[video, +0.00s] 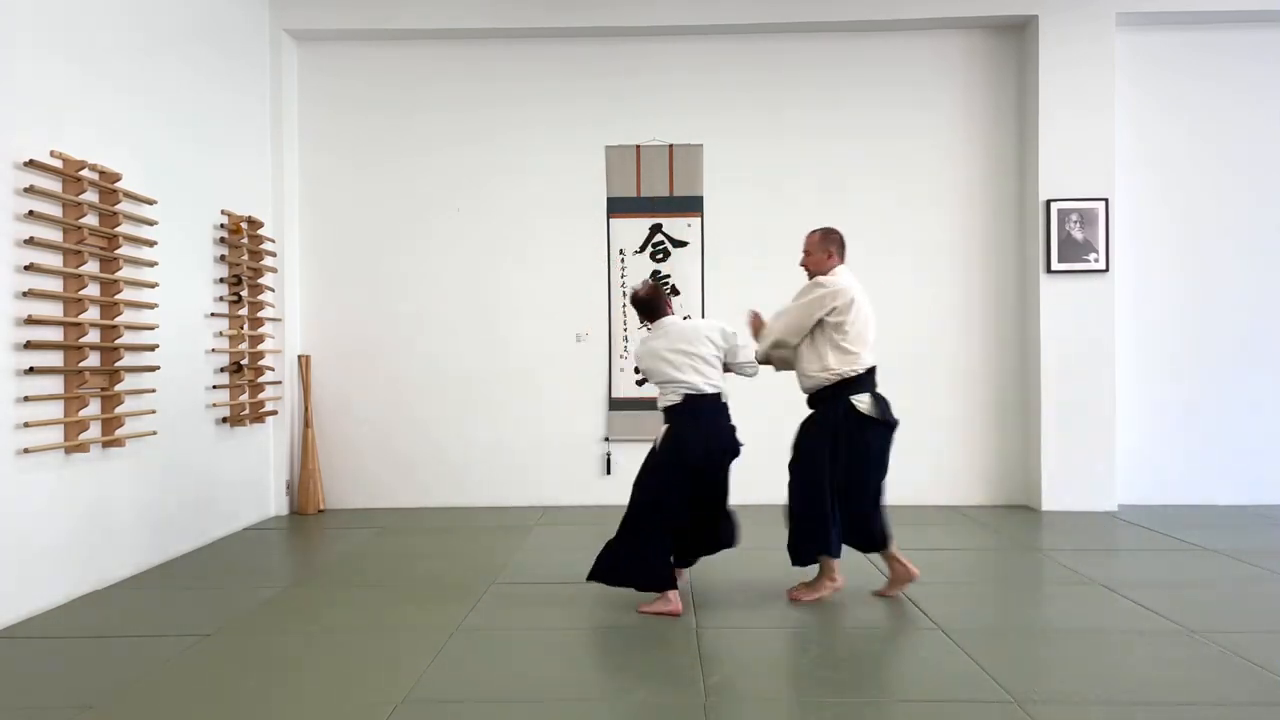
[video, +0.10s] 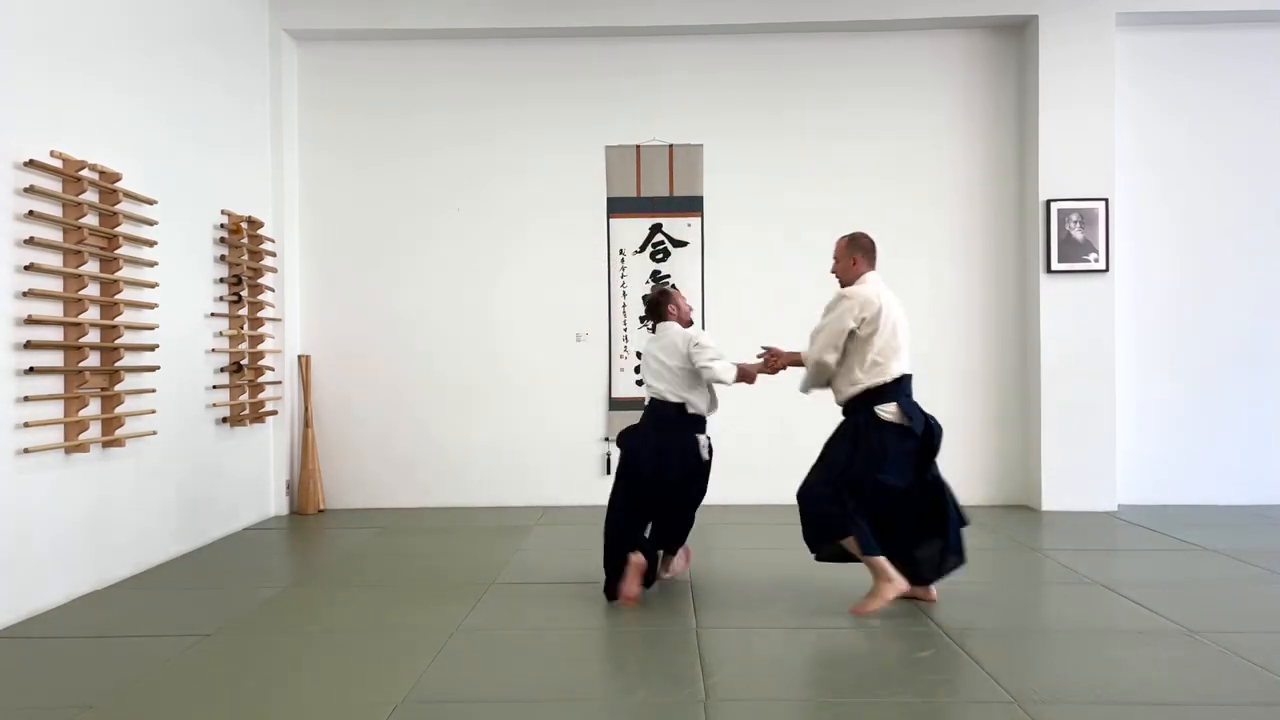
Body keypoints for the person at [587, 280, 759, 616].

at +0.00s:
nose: (668, 299)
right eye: (667, 296)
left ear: (641, 317)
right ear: (670, 303)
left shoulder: (643, 349)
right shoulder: (707, 329)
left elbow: (662, 377)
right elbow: (749, 366)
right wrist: (710, 354)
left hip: (681, 430)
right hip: (718, 425)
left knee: (654, 504)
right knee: (694, 498)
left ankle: (669, 596)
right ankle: (680, 568)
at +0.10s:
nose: (690, 305)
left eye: (686, 299)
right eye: (685, 301)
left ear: (662, 312)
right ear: (674, 308)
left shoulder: (651, 344)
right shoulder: (692, 339)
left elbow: (697, 367)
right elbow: (714, 371)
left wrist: (749, 367)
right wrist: (741, 373)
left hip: (651, 428)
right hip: (686, 434)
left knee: (639, 501)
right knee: (681, 503)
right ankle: (647, 557)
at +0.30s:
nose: (731, 321)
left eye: (731, 316)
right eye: (725, 315)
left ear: (710, 320)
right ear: (703, 318)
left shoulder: (718, 358)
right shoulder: (677, 347)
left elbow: (749, 369)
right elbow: (642, 387)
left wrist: (790, 364)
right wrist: (675, 422)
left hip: (670, 438)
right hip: (650, 436)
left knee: (691, 496)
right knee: (678, 497)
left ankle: (683, 560)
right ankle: (669, 561)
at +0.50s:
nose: (721, 318)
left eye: (724, 312)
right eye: (714, 312)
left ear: (727, 313)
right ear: (696, 314)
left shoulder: (729, 343)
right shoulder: (667, 341)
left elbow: (757, 342)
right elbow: (628, 368)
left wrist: (779, 328)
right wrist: (598, 403)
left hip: (720, 421)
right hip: (681, 425)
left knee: (763, 473)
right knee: (679, 492)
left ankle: (806, 527)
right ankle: (691, 550)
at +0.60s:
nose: (716, 317)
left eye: (720, 310)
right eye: (709, 312)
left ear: (725, 310)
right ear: (694, 314)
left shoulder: (734, 338)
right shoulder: (677, 343)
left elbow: (754, 350)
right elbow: (643, 367)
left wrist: (769, 333)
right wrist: (613, 390)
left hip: (744, 424)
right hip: (708, 428)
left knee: (779, 492)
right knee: (694, 495)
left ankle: (810, 564)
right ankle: (707, 555)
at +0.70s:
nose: (722, 313)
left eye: (727, 306)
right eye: (715, 309)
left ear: (738, 306)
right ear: (708, 314)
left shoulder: (755, 337)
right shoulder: (703, 343)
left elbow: (755, 354)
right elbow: (680, 369)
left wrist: (745, 343)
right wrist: (655, 386)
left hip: (761, 430)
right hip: (727, 430)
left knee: (777, 508)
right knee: (696, 493)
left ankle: (806, 584)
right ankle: (714, 547)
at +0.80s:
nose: (718, 305)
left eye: (723, 298)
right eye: (714, 300)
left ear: (742, 297)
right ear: (711, 305)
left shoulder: (762, 330)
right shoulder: (719, 340)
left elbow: (764, 355)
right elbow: (721, 380)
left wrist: (733, 336)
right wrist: (702, 391)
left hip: (771, 426)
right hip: (737, 426)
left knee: (787, 503)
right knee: (706, 483)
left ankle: (809, 581)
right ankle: (707, 560)